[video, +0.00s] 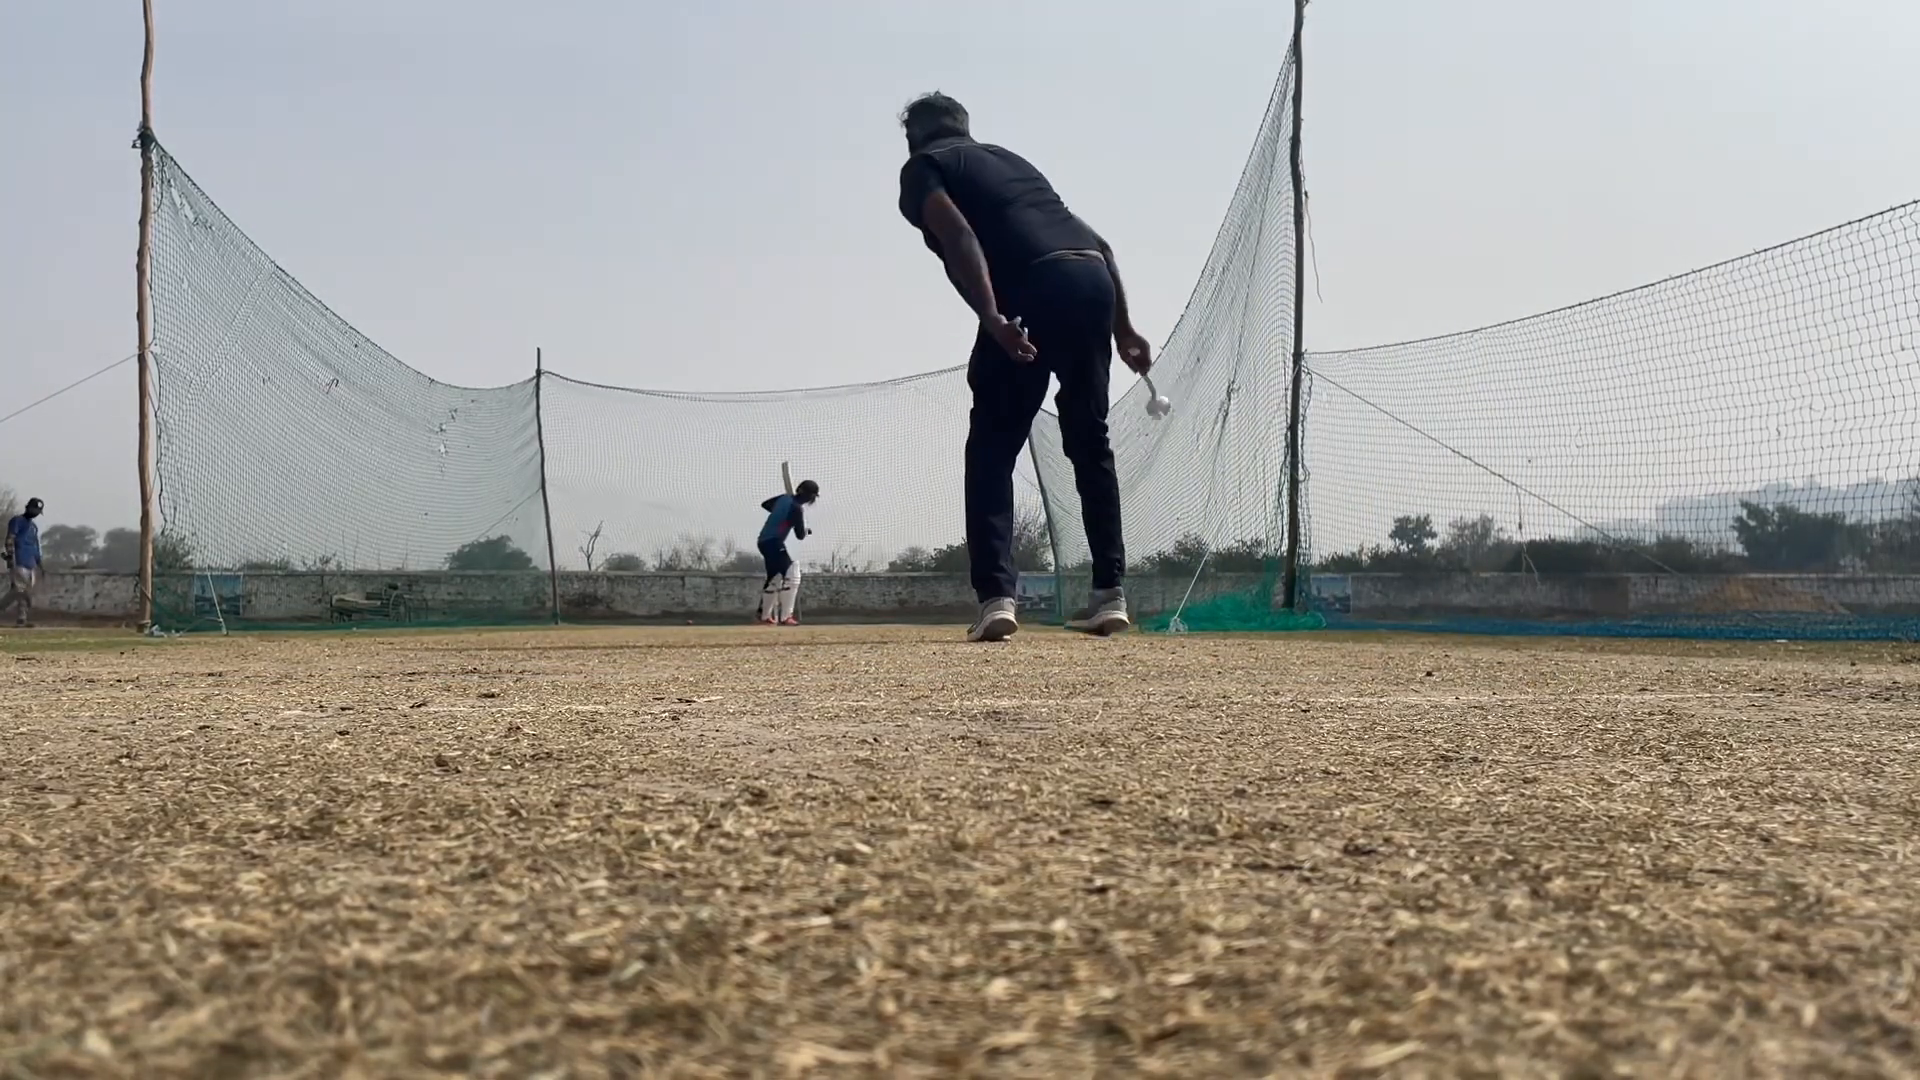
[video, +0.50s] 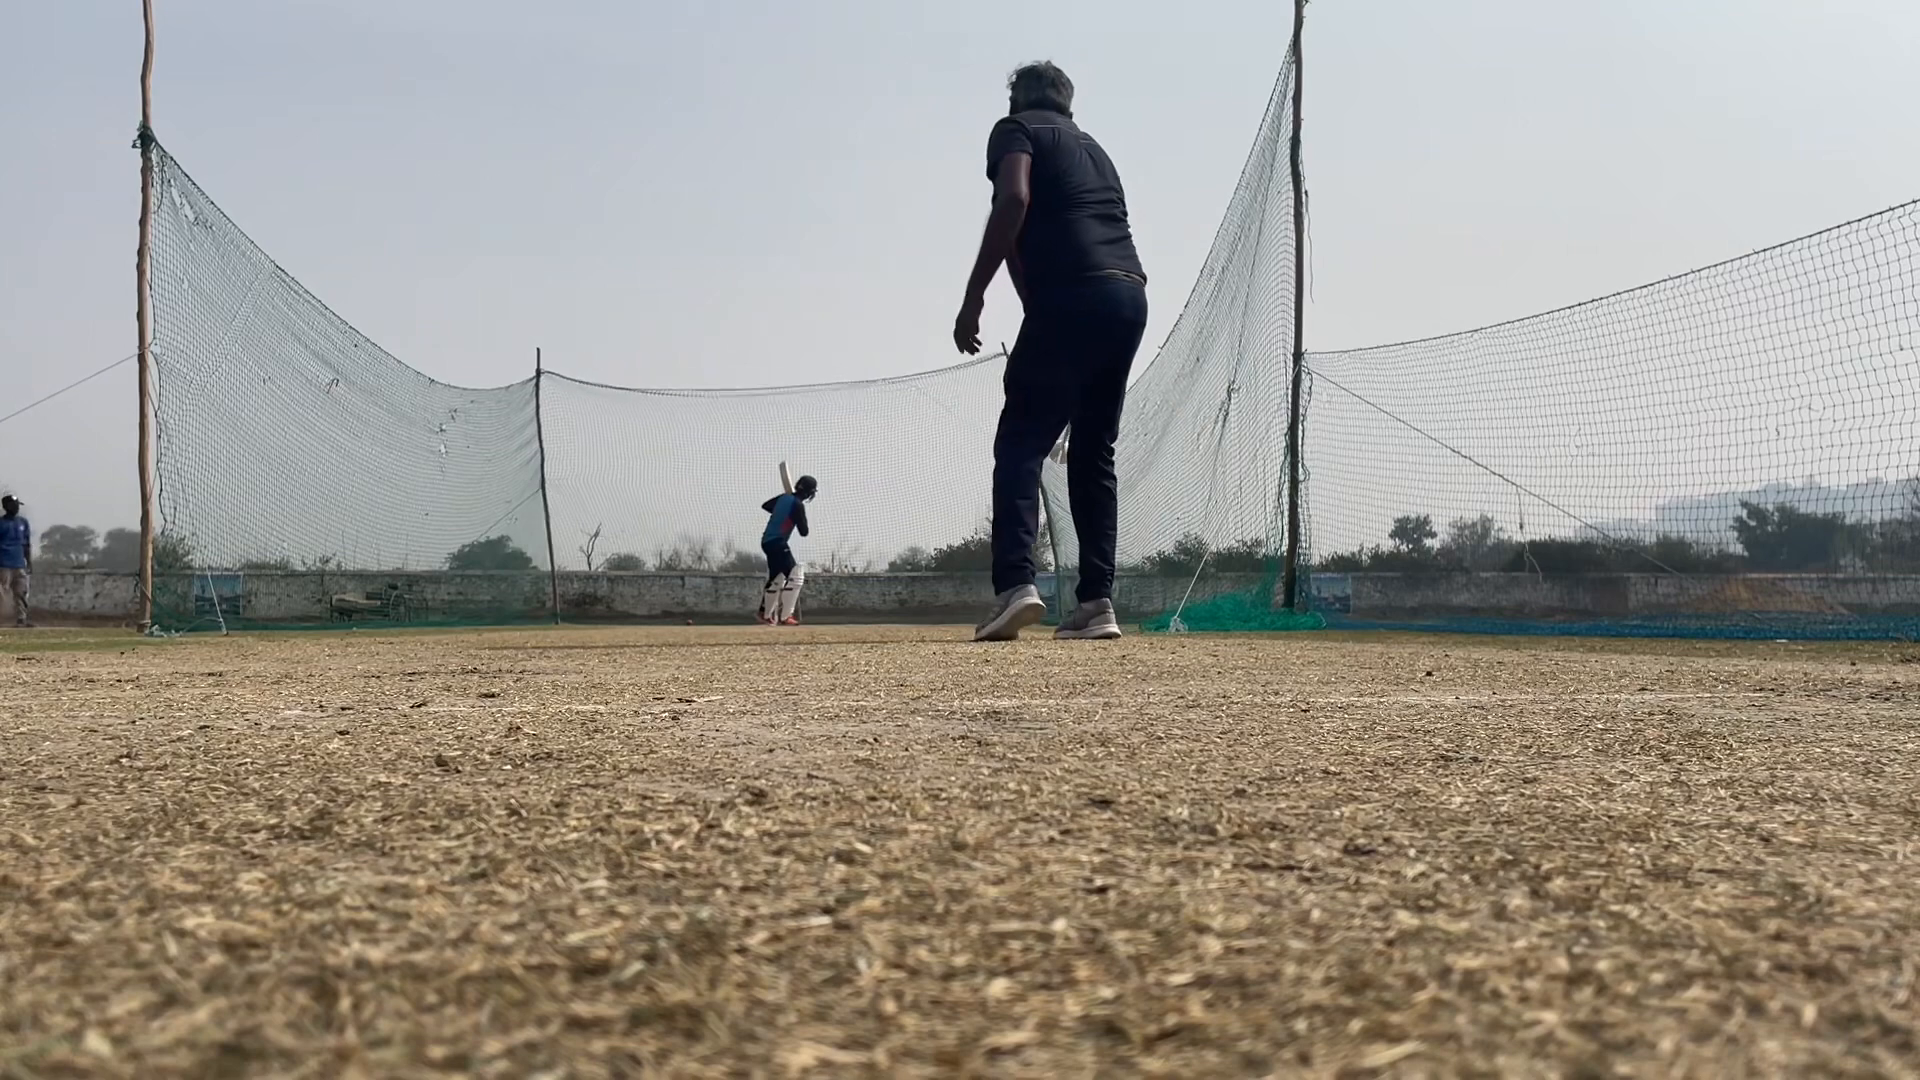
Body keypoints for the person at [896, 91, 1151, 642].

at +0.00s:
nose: (910, 148)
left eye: (910, 140)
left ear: (914, 136)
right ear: (963, 128)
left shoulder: (921, 167)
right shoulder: (1010, 161)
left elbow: (956, 232)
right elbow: (1093, 242)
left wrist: (991, 317)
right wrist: (1123, 326)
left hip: (1029, 291)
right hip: (1092, 279)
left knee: (991, 449)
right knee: (1089, 438)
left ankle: (997, 599)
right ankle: (1110, 595)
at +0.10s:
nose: (929, 139)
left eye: (928, 131)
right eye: (933, 130)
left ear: (932, 129)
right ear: (981, 124)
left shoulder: (938, 152)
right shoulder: (1026, 164)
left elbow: (972, 183)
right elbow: (1101, 255)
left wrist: (1007, 242)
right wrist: (1139, 341)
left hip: (1036, 293)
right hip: (1099, 294)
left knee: (990, 452)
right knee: (1076, 452)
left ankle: (997, 596)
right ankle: (1093, 603)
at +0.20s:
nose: (948, 133)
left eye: (948, 125)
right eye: (952, 126)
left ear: (956, 120)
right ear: (1003, 119)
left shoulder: (961, 140)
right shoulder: (1041, 159)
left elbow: (989, 165)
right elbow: (1091, 255)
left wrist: (1007, 218)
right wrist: (1126, 359)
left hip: (1047, 302)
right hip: (1106, 298)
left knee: (994, 453)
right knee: (1079, 457)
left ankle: (997, 589)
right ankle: (1096, 604)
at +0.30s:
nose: (968, 124)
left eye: (969, 116)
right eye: (973, 115)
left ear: (976, 112)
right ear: (1025, 112)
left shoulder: (984, 135)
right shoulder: (1056, 154)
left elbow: (1003, 171)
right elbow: (1067, 240)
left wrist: (995, 249)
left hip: (1058, 295)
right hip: (1115, 294)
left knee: (1007, 445)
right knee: (1083, 455)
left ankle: (999, 582)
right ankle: (1096, 604)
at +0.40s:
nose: (990, 119)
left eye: (991, 111)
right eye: (994, 111)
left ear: (999, 107)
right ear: (1045, 108)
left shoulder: (1003, 130)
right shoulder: (1073, 150)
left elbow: (1011, 193)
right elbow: (1086, 227)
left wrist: (976, 290)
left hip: (1066, 297)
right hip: (1122, 294)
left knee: (1013, 446)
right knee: (1088, 456)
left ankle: (1003, 582)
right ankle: (1095, 605)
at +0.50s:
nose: (1010, 109)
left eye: (1012, 102)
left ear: (1016, 100)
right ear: (1067, 103)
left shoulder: (1017, 125)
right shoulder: (1091, 147)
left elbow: (1013, 200)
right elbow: (1100, 231)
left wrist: (972, 301)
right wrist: (1045, 303)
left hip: (1068, 299)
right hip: (1127, 296)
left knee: (1020, 445)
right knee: (1093, 452)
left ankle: (1016, 587)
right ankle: (1097, 604)